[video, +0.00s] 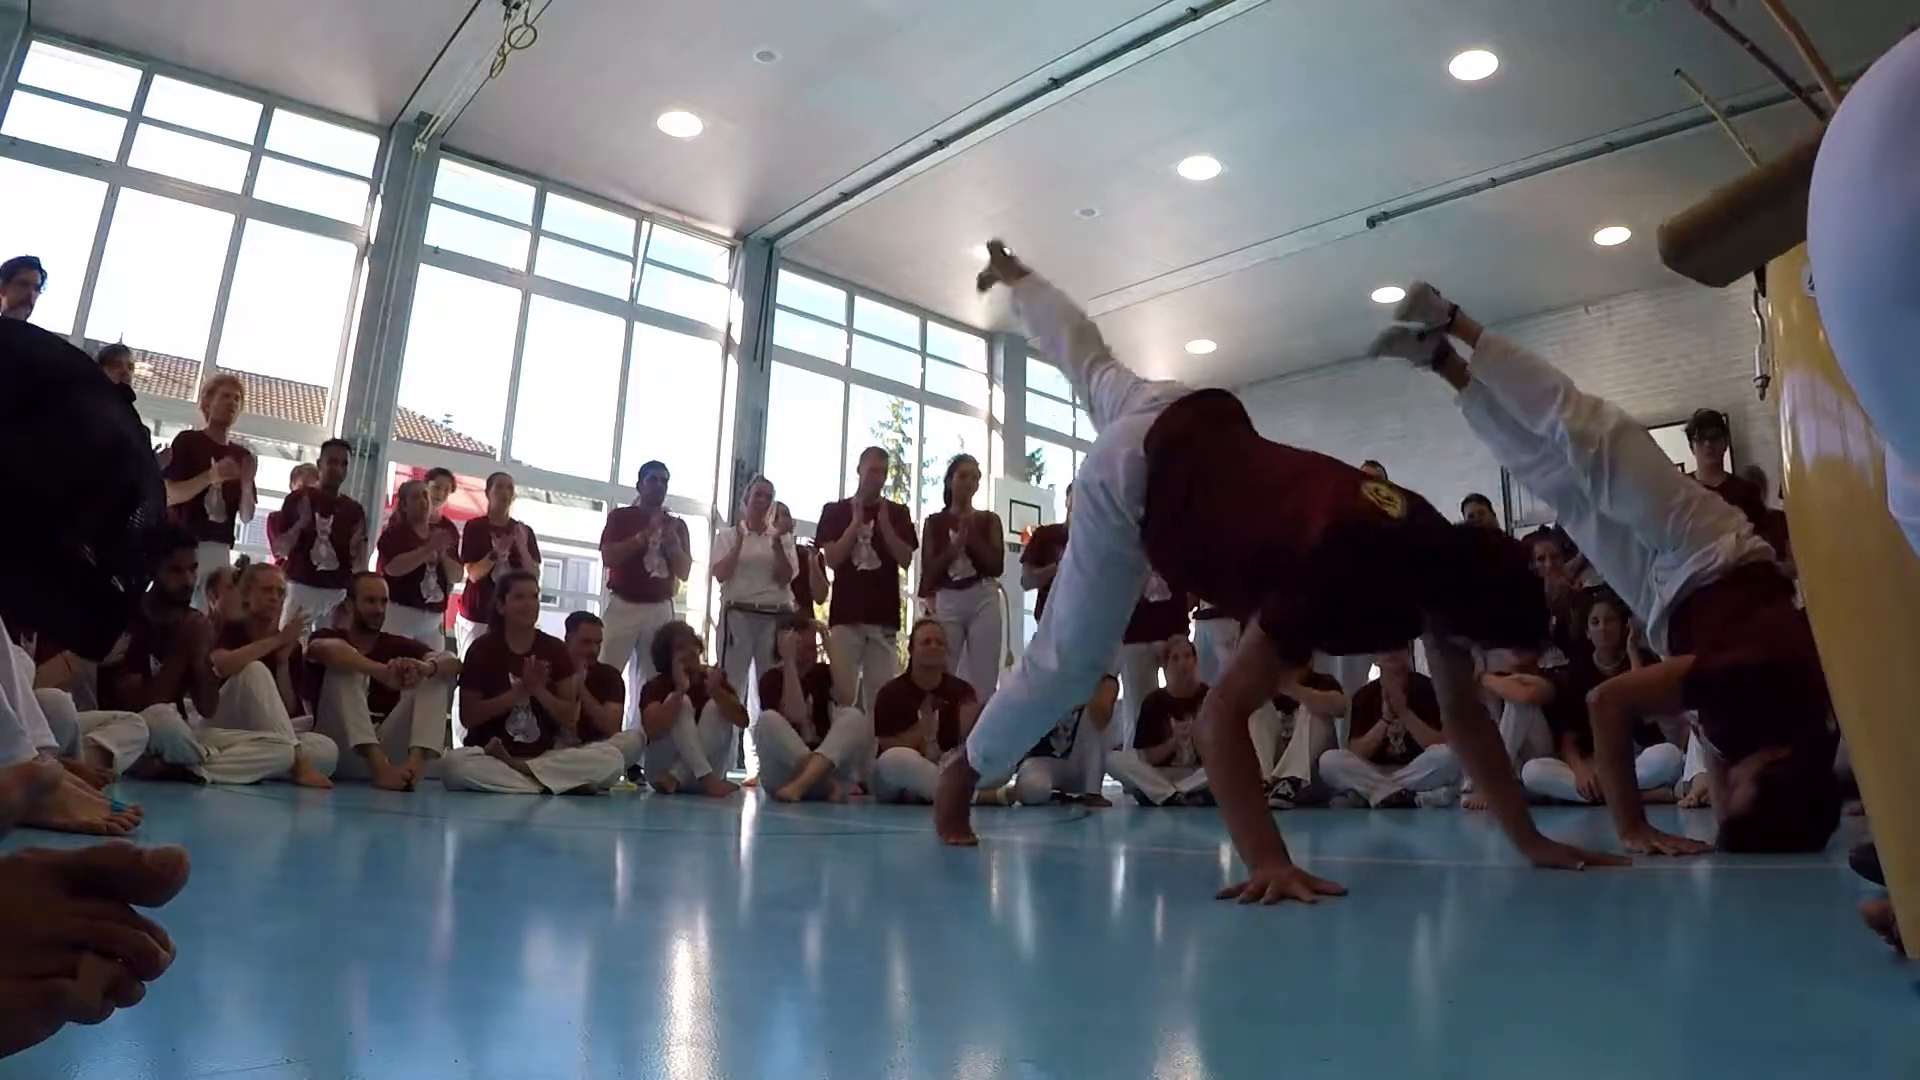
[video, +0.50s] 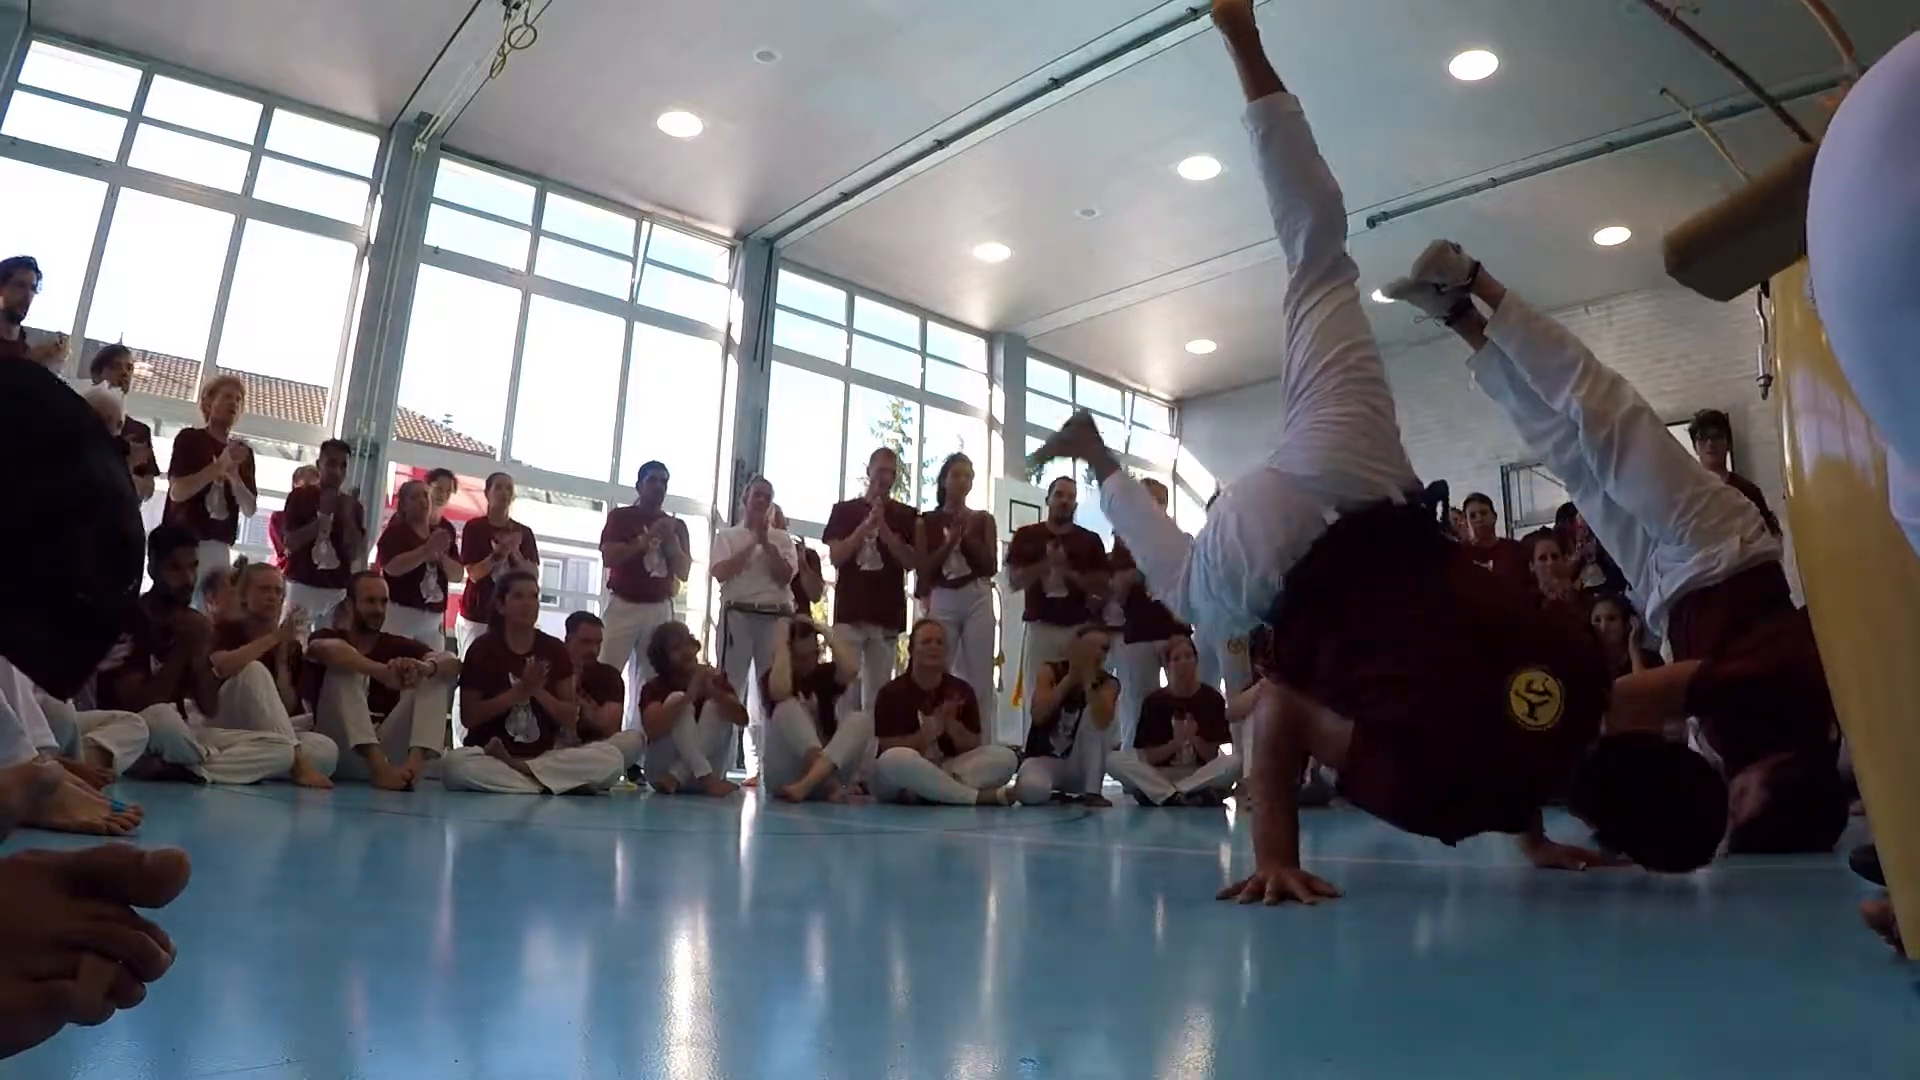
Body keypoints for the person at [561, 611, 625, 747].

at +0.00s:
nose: (593, 650)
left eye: (598, 643)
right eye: (586, 642)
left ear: (602, 643)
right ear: (568, 640)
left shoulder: (610, 675)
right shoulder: (551, 674)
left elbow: (611, 728)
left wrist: (581, 689)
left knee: (635, 738)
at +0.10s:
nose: (593, 650)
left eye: (598, 643)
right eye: (586, 642)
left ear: (601, 642)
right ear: (567, 639)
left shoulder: (610, 675)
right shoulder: (547, 672)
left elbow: (610, 727)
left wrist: (573, 694)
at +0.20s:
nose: (593, 650)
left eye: (598, 643)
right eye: (586, 642)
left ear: (601, 643)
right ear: (567, 640)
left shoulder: (610, 675)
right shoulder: (548, 672)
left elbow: (609, 728)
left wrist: (575, 691)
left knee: (634, 738)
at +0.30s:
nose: (593, 649)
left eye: (598, 643)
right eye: (586, 642)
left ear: (601, 643)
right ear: (567, 640)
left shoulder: (610, 675)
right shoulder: (550, 673)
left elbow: (610, 728)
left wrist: (578, 694)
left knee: (634, 738)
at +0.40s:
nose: (593, 649)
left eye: (598, 643)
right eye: (586, 642)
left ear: (601, 643)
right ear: (567, 640)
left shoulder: (610, 675)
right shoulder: (550, 673)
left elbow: (610, 728)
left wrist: (580, 693)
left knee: (635, 738)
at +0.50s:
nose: (593, 650)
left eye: (598, 643)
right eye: (586, 642)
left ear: (602, 644)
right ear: (567, 640)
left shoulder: (610, 675)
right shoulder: (549, 673)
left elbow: (610, 728)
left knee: (635, 738)